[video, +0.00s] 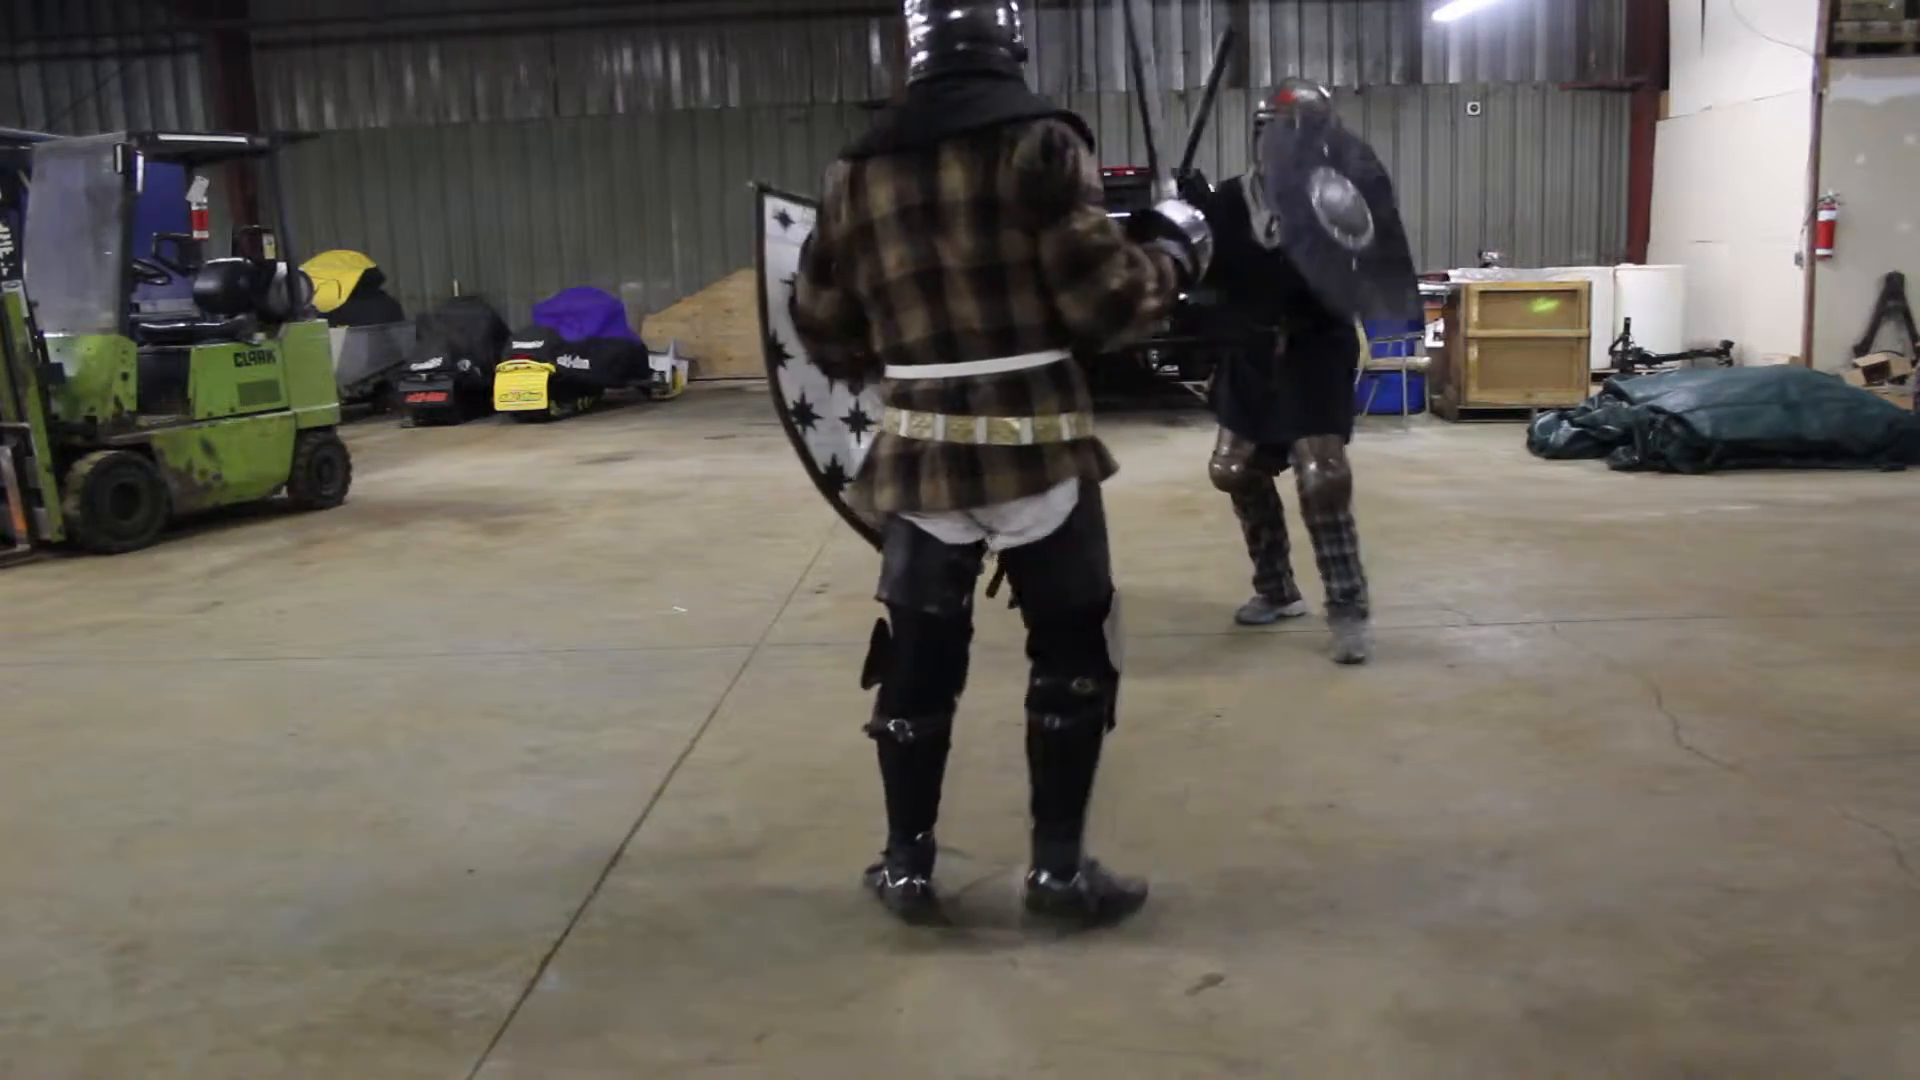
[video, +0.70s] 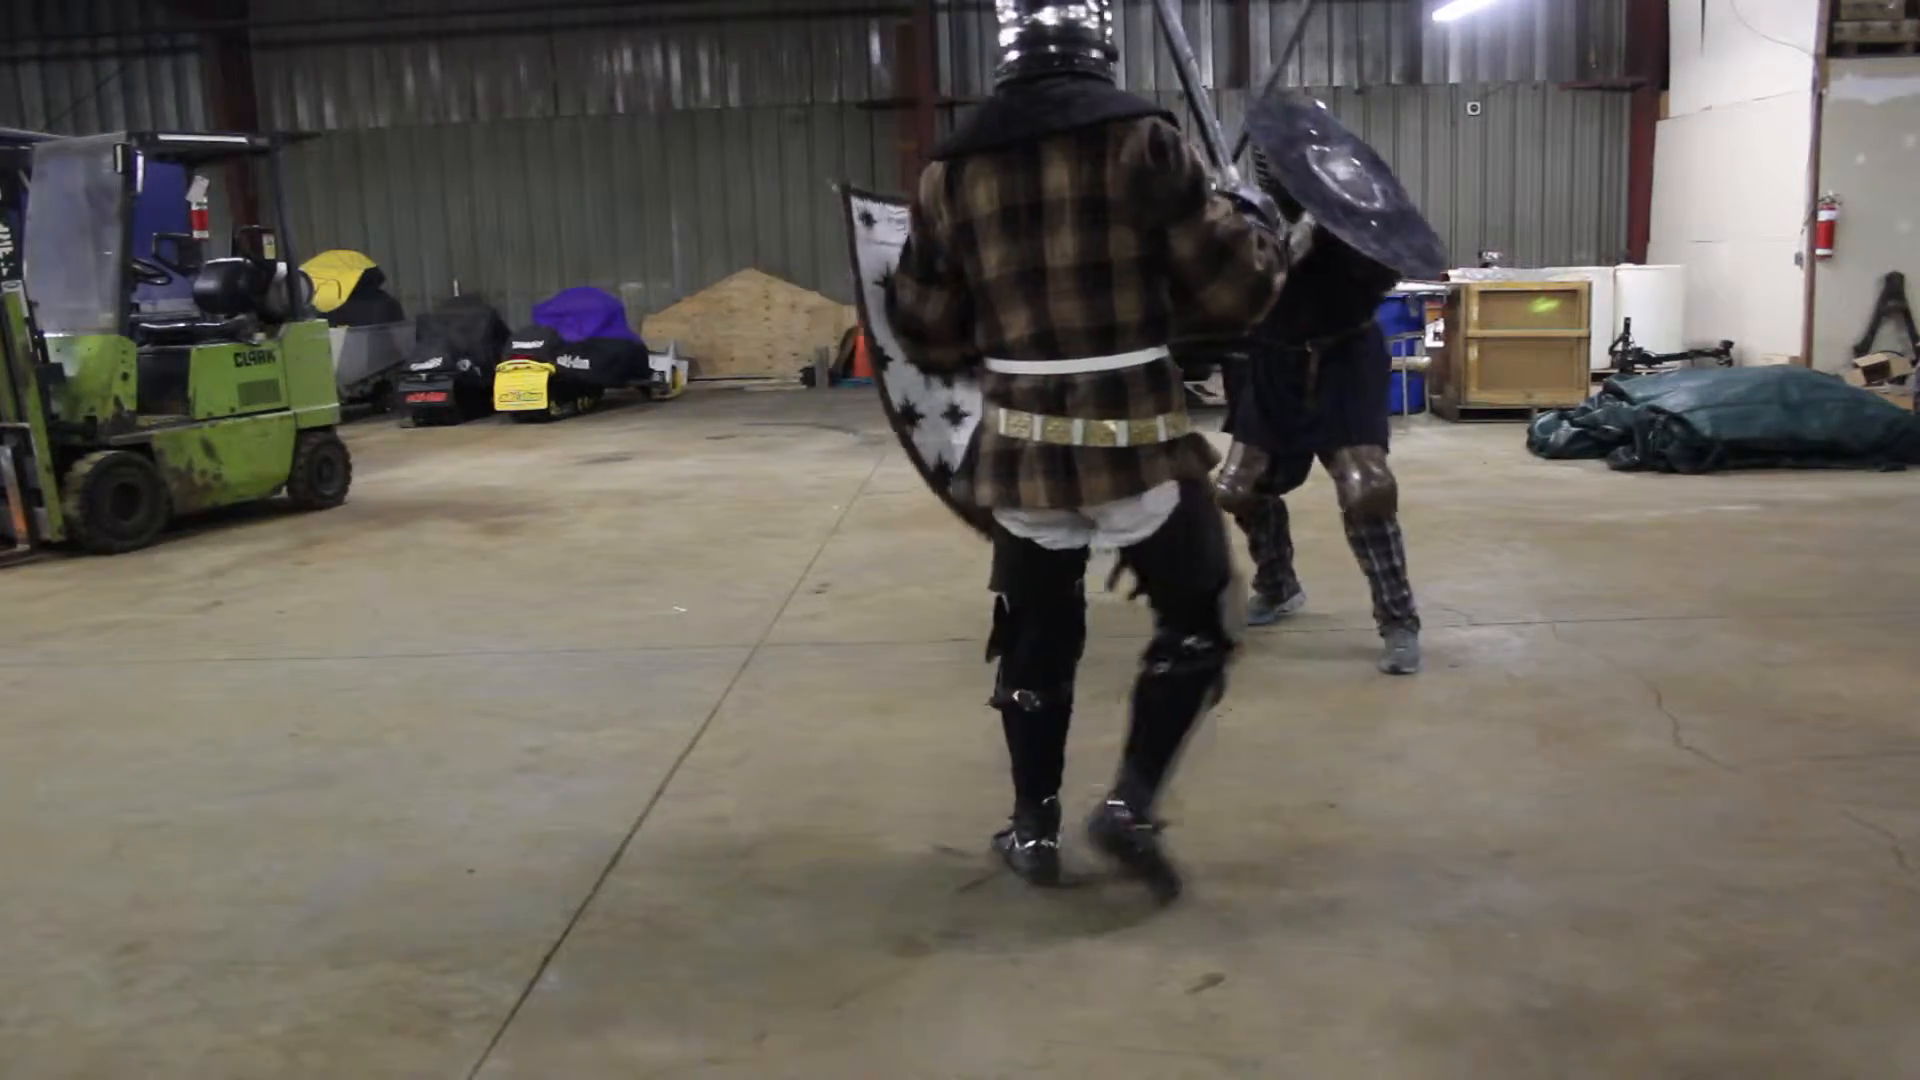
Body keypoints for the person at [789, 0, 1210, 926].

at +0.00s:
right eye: (1016, 42)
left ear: (920, 59)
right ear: (1011, 53)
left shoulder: (862, 166)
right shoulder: (1038, 147)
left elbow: (819, 320)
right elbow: (1107, 306)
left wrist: (893, 371)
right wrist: (1168, 247)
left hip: (921, 460)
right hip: (1039, 453)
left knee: (919, 653)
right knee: (1071, 649)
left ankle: (907, 857)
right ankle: (1059, 863)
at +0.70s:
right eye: (1108, 54)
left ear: (1012, 64)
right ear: (1103, 58)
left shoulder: (953, 168)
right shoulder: (1141, 144)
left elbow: (919, 322)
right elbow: (1234, 286)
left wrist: (997, 346)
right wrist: (1259, 222)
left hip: (1021, 454)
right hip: (1138, 449)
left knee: (1035, 638)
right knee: (1197, 622)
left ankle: (1034, 828)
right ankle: (1132, 803)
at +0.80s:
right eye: (1119, 45)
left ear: (1025, 59)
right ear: (1116, 57)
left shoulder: (972, 172)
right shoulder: (1158, 147)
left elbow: (946, 323)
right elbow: (1259, 280)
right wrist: (1273, 209)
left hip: (1037, 454)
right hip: (1157, 448)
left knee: (1045, 634)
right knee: (1228, 619)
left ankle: (1036, 825)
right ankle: (1207, 817)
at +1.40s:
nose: (1104, 119)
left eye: (1097, 106)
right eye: (1100, 105)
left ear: (1008, 102)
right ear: (1084, 104)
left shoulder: (950, 195)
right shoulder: (1095, 191)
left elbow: (934, 315)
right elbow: (1221, 281)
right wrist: (1218, 215)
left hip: (982, 460)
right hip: (1085, 460)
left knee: (1002, 606)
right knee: (1185, 619)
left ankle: (972, 754)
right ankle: (1256, 814)